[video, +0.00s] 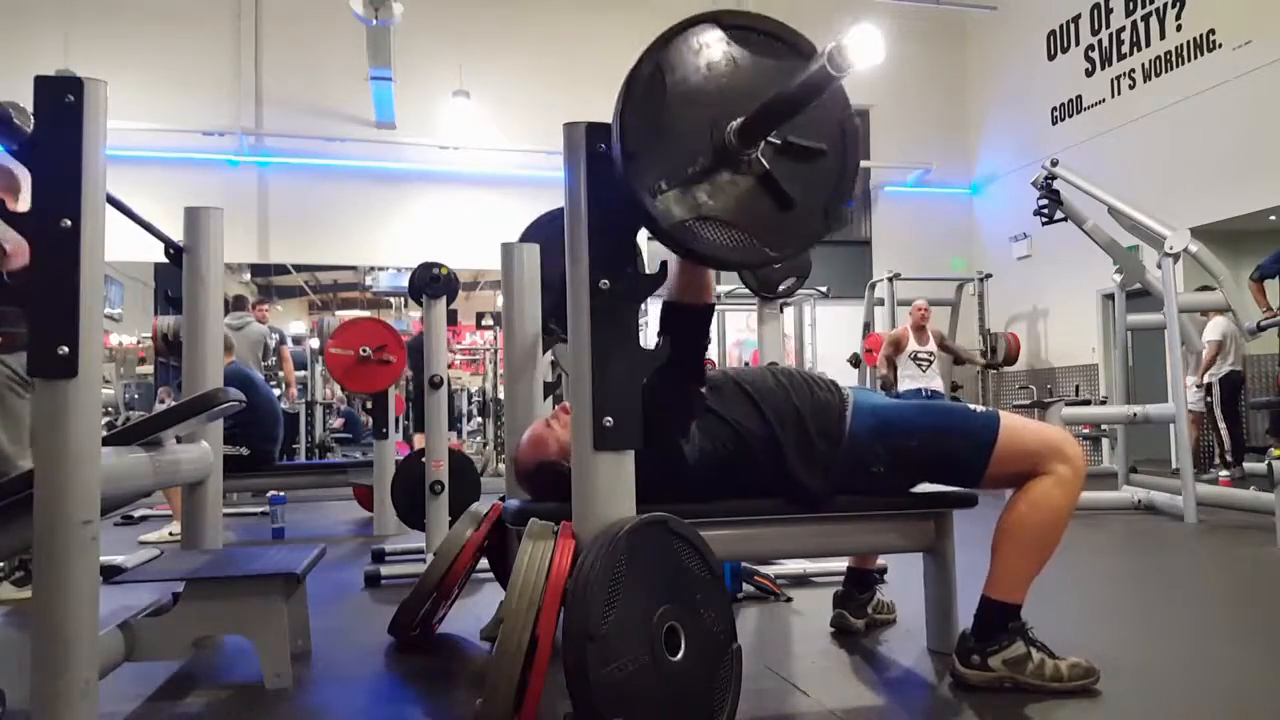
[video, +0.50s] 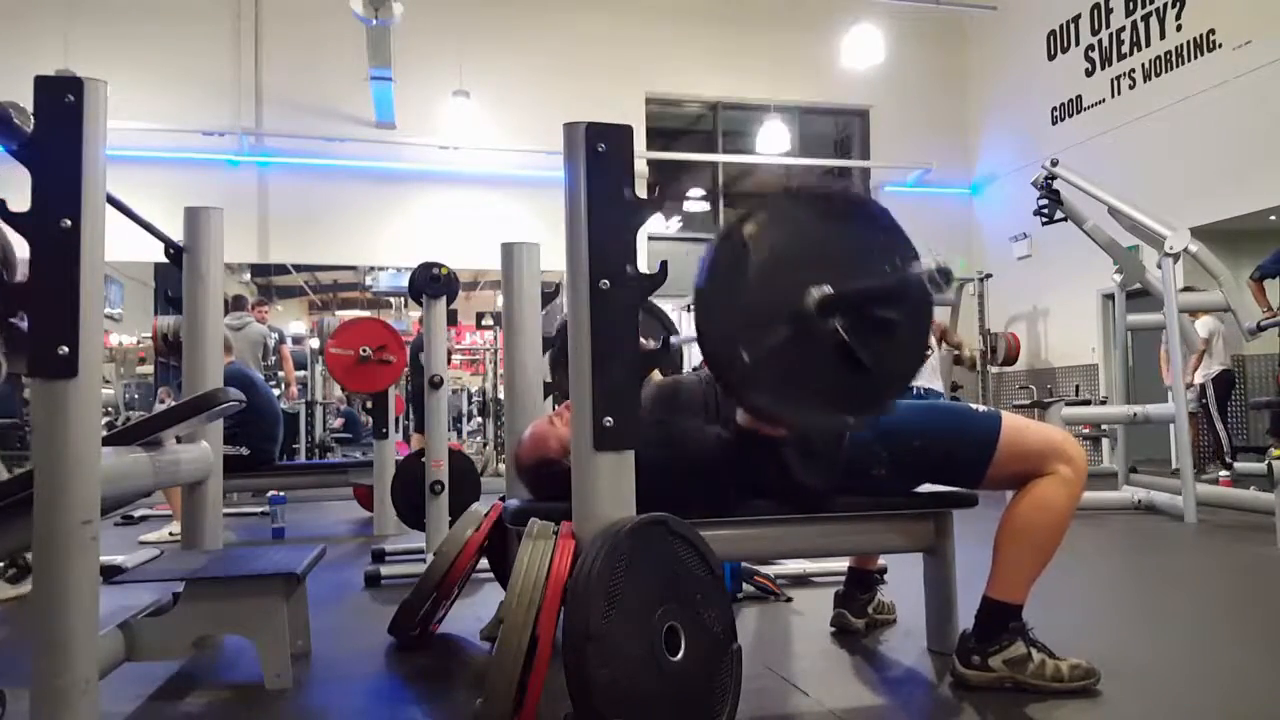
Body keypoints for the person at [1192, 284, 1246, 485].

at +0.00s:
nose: (1198, 311)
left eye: (1198, 306)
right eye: (1197, 306)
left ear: (1205, 306)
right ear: (1216, 303)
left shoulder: (1215, 324)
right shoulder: (1231, 324)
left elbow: (1212, 354)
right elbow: (1241, 353)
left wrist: (1200, 375)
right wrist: (1240, 373)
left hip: (1220, 377)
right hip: (1234, 375)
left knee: (1221, 421)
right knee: (1233, 419)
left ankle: (1230, 464)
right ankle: (1237, 462)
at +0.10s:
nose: (1196, 312)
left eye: (1196, 307)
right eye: (1195, 308)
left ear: (1203, 306)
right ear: (1213, 303)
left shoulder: (1213, 324)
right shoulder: (1229, 323)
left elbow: (1210, 351)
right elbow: (1237, 352)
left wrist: (1197, 375)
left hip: (1218, 376)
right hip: (1233, 374)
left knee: (1221, 421)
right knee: (1231, 420)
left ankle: (1230, 464)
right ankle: (1235, 462)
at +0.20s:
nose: (1193, 313)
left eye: (1193, 308)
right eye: (1192, 308)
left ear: (1200, 307)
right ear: (1211, 303)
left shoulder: (1210, 323)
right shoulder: (1228, 323)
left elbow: (1208, 350)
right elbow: (1237, 353)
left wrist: (1194, 373)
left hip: (1216, 376)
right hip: (1231, 374)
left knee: (1220, 422)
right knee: (1226, 420)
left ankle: (1230, 465)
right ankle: (1234, 462)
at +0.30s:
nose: (1190, 312)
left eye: (1191, 308)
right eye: (1189, 308)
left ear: (1198, 306)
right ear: (1207, 303)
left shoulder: (1208, 323)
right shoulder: (1223, 322)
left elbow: (1204, 351)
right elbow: (1230, 352)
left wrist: (1192, 374)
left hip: (1214, 375)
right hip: (1227, 373)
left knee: (1216, 419)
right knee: (1219, 419)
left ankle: (1230, 462)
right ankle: (1225, 461)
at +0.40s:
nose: (1187, 313)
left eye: (1187, 308)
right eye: (1185, 309)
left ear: (1194, 306)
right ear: (1202, 303)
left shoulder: (1205, 323)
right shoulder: (1216, 321)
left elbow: (1202, 351)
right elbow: (1213, 353)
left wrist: (1190, 374)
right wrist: (1197, 373)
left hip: (1214, 376)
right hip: (1224, 373)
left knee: (1216, 420)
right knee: (1217, 420)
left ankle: (1227, 463)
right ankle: (1224, 461)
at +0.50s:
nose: (1186, 313)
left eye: (1186, 309)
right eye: (1185, 309)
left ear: (1193, 307)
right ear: (1201, 305)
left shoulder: (1203, 323)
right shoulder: (1214, 321)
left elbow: (1200, 351)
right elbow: (1213, 353)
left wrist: (1189, 374)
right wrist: (1198, 376)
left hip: (1212, 375)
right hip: (1223, 373)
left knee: (1216, 420)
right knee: (1217, 420)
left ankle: (1226, 462)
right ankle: (1221, 460)